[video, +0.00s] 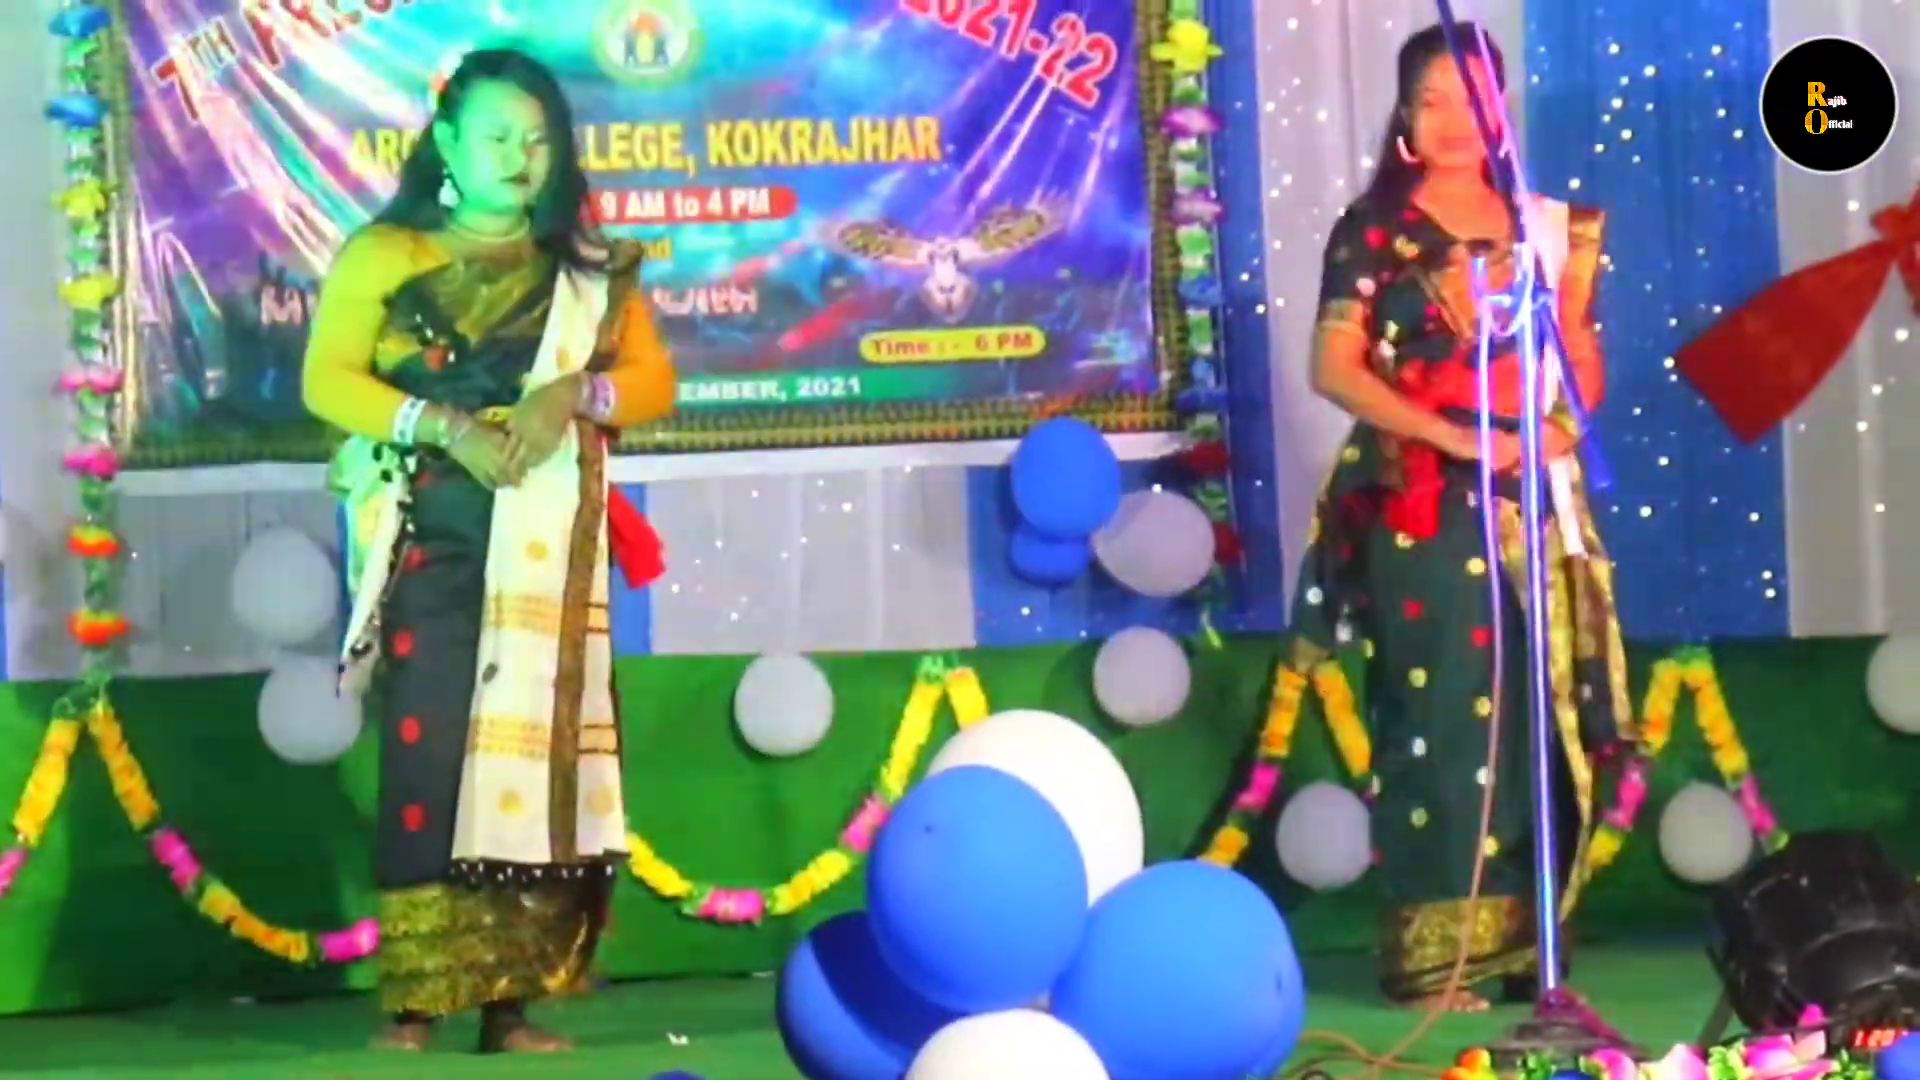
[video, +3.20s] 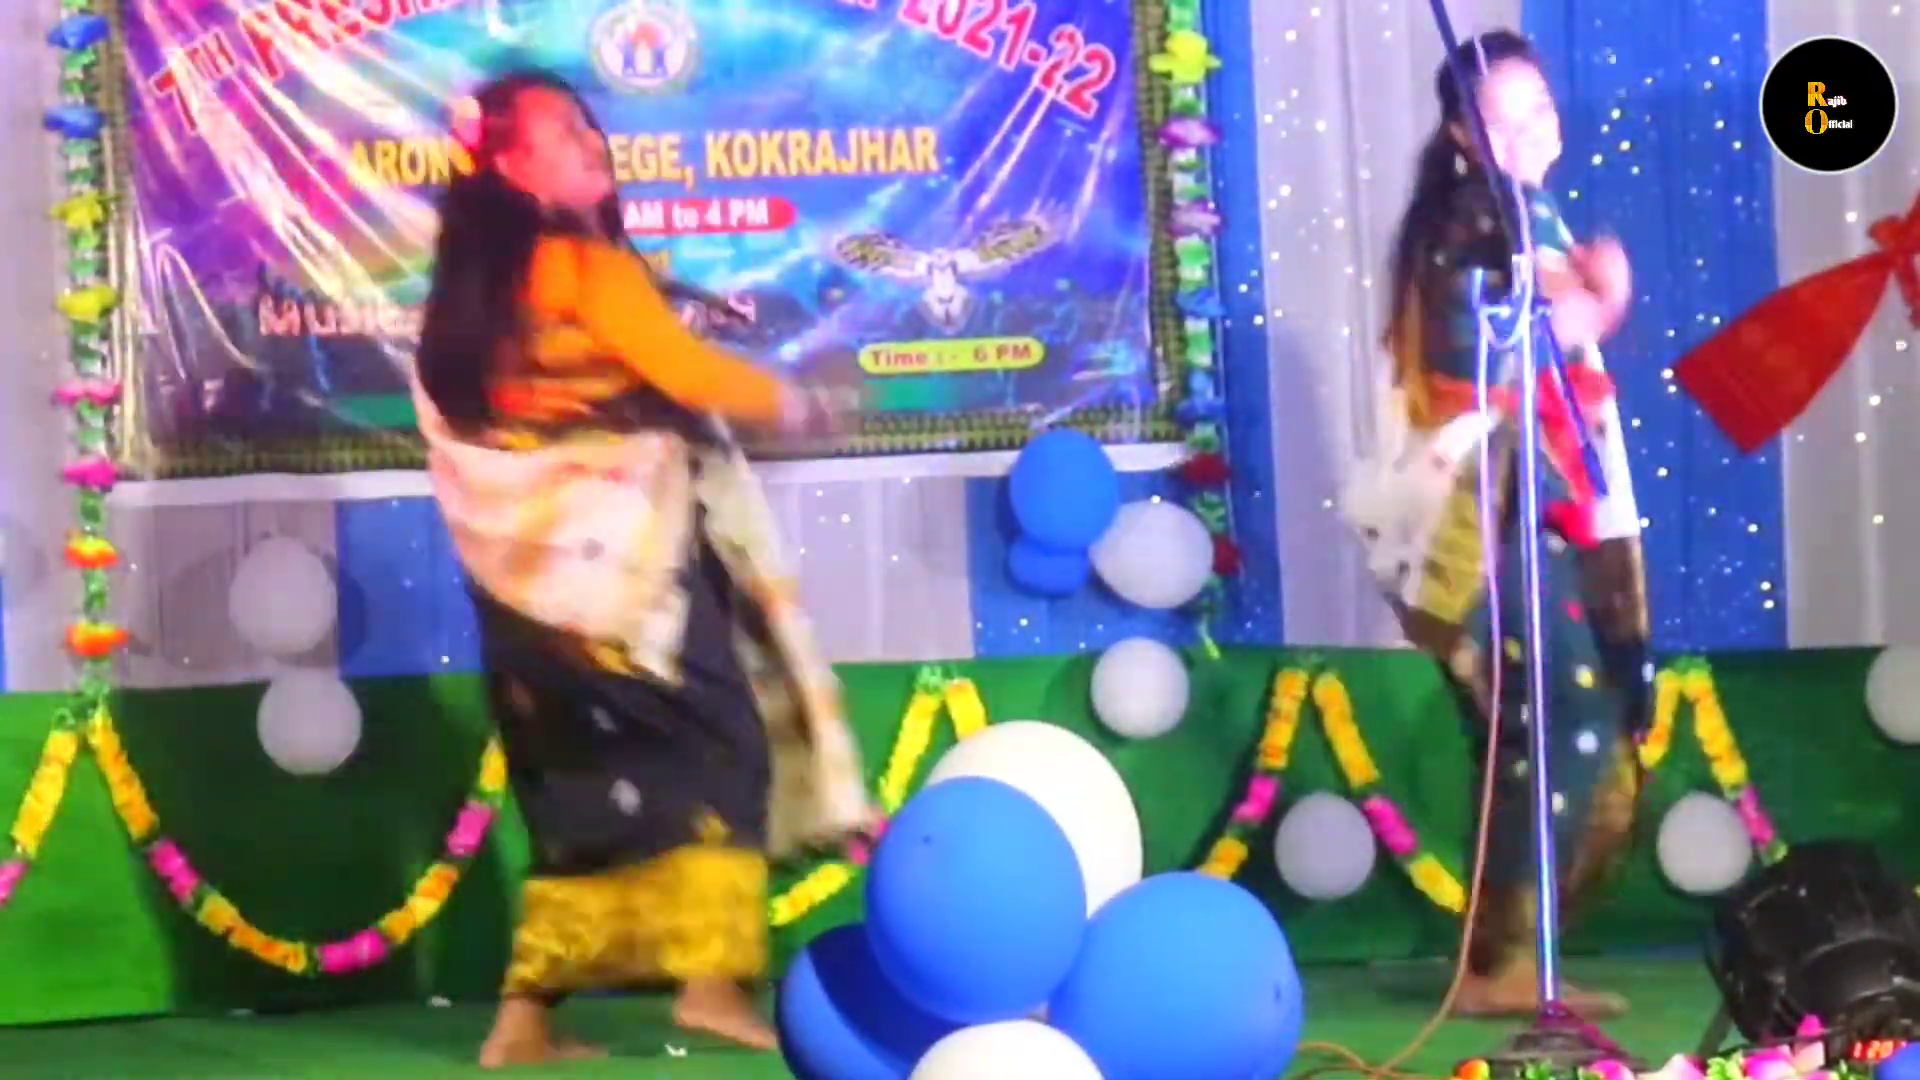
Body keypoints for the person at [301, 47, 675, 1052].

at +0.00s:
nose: (518, 156)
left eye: (536, 137)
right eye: (495, 136)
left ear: (559, 149)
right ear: (448, 143)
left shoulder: (594, 268)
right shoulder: (382, 257)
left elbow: (655, 387)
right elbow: (326, 380)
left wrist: (576, 394)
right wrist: (444, 424)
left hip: (549, 556)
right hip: (433, 550)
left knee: (538, 752)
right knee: (428, 756)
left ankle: (507, 1004)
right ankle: (415, 999)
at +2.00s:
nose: (483, 142)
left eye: (498, 129)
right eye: (458, 125)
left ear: (515, 150)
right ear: (404, 142)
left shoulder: (545, 273)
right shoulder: (343, 266)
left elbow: (620, 390)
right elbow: (289, 394)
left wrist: (535, 403)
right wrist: (406, 434)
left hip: (517, 562)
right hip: (398, 559)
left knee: (518, 765)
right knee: (395, 771)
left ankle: (509, 1017)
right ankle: (389, 1017)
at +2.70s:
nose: (513, 141)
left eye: (519, 125)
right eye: (488, 126)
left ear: (529, 137)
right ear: (428, 141)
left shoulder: (556, 260)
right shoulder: (374, 251)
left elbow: (631, 380)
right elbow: (327, 374)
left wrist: (574, 406)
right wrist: (448, 397)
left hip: (536, 547)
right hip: (422, 544)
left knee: (530, 752)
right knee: (408, 760)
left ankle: (513, 1010)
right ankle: (390, 1012)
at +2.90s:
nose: (533, 146)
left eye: (534, 127)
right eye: (505, 134)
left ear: (546, 149)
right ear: (451, 166)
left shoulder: (549, 271)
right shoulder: (453, 266)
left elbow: (664, 360)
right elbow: (548, 340)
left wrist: (673, 275)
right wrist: (626, 276)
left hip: (577, 556)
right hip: (501, 558)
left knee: (579, 776)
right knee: (520, 773)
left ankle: (510, 1010)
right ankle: (421, 979)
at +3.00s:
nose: (550, 125)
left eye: (547, 108)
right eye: (523, 115)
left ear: (547, 132)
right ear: (469, 148)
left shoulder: (528, 237)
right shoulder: (493, 236)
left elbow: (678, 318)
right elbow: (632, 280)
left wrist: (639, 213)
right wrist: (637, 202)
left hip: (550, 546)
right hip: (529, 549)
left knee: (563, 765)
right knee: (566, 766)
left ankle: (511, 1007)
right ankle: (497, 1013)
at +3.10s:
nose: (580, 114)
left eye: (570, 98)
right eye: (555, 102)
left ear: (489, 138)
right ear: (498, 131)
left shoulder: (460, 245)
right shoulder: (561, 230)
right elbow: (677, 326)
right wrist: (714, 280)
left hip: (502, 560)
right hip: (595, 549)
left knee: (543, 764)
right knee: (690, 708)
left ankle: (511, 1003)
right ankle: (635, 953)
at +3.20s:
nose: (596, 145)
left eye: (586, 127)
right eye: (569, 133)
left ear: (504, 169)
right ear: (515, 162)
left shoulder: (469, 282)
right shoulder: (589, 268)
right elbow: (687, 371)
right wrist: (783, 400)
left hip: (527, 588)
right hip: (634, 576)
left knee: (575, 792)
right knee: (723, 746)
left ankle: (524, 1018)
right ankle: (715, 986)